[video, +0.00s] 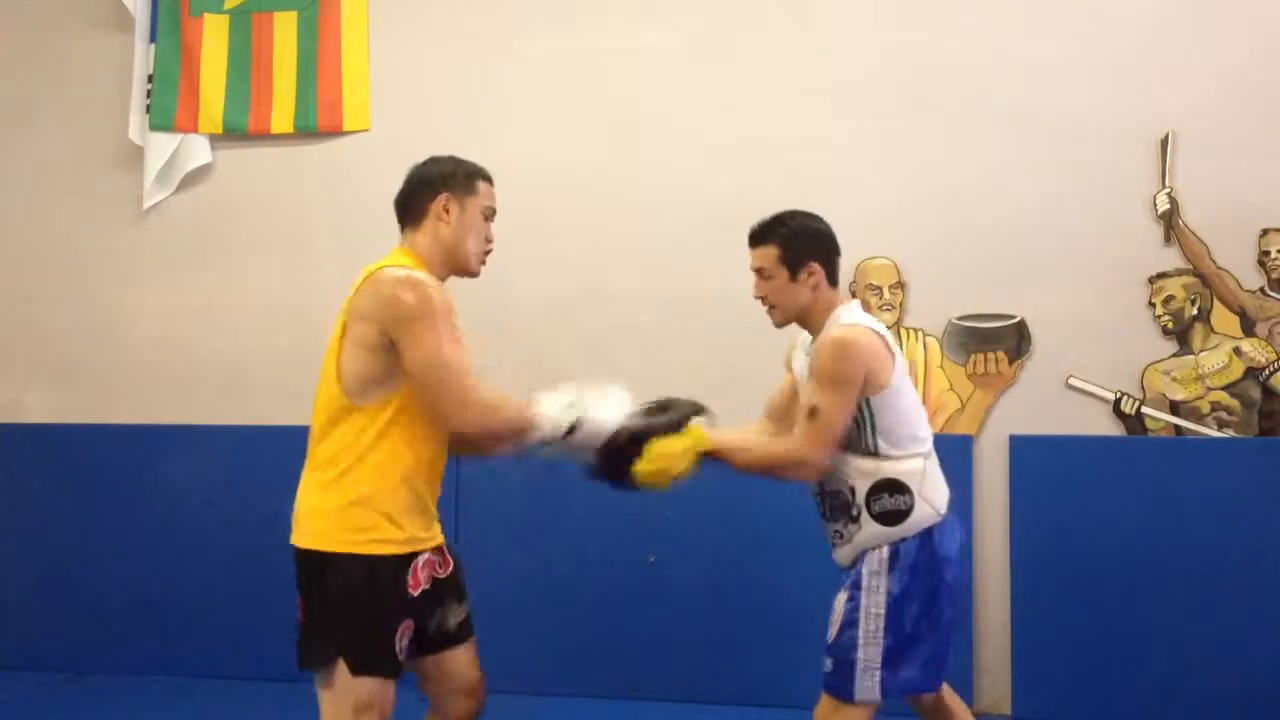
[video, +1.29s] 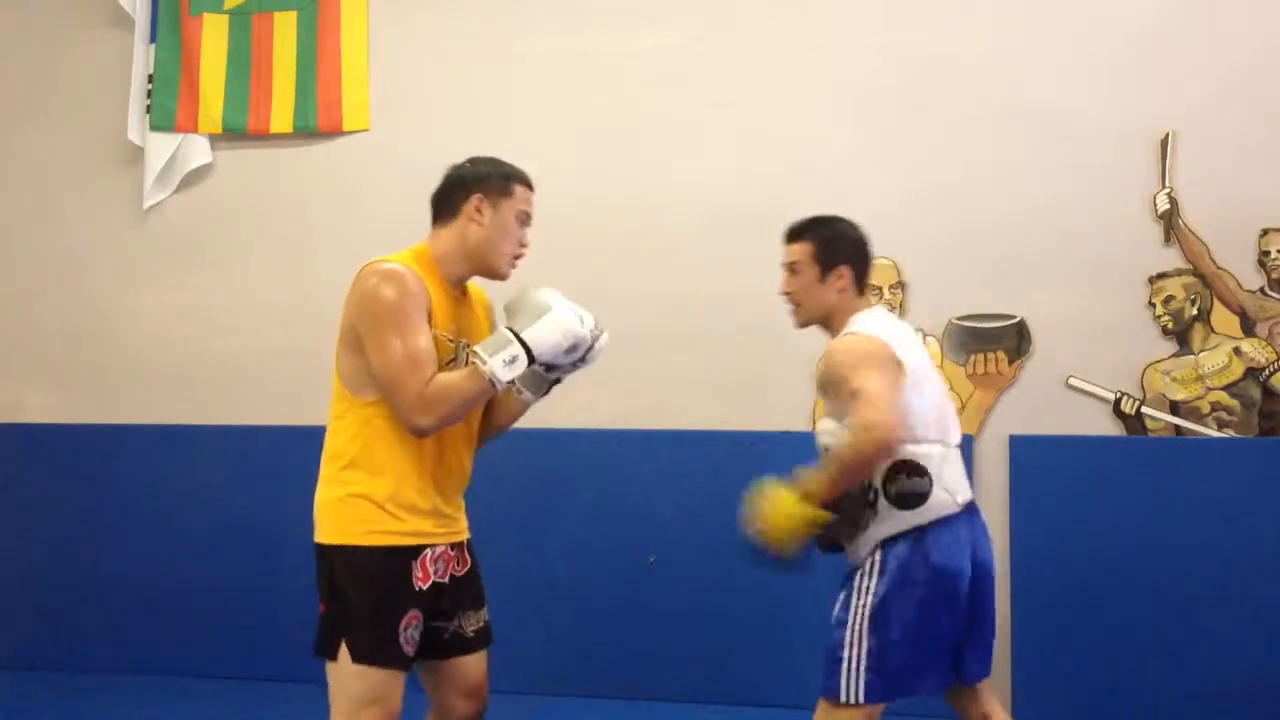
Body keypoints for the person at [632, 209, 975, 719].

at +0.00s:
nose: (756, 291)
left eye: (765, 275)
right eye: (755, 276)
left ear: (812, 277)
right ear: (809, 279)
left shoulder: (845, 343)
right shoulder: (809, 347)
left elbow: (808, 459)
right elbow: (773, 433)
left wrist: (708, 446)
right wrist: (698, 439)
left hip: (896, 543)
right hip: (897, 539)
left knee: (842, 708)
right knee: (925, 688)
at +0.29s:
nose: (728, 299)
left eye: (735, 284)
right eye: (727, 285)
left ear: (780, 283)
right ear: (779, 285)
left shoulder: (820, 339)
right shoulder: (805, 336)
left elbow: (754, 430)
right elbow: (753, 424)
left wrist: (694, 368)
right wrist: (695, 378)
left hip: (892, 544)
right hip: (915, 531)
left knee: (840, 708)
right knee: (940, 687)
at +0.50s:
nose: (755, 291)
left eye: (763, 277)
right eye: (755, 277)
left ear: (808, 280)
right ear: (810, 281)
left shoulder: (835, 337)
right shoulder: (854, 326)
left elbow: (773, 424)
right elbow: (781, 404)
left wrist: (696, 377)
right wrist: (714, 372)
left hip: (903, 543)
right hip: (934, 531)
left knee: (850, 702)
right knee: (956, 687)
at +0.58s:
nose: (774, 287)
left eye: (783, 272)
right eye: (775, 272)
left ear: (827, 275)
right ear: (831, 276)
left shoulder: (849, 334)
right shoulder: (877, 322)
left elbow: (830, 433)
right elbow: (846, 413)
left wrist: (747, 412)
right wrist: (775, 396)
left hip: (909, 540)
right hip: (948, 529)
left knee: (861, 706)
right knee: (963, 686)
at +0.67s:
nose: (796, 289)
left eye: (805, 274)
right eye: (797, 274)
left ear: (849, 278)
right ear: (852, 279)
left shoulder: (869, 343)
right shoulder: (899, 330)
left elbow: (877, 445)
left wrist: (787, 455)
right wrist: (802, 444)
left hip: (921, 542)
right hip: (958, 531)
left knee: (859, 707)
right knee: (968, 692)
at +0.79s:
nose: (824, 302)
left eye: (835, 287)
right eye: (825, 287)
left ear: (879, 291)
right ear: (877, 294)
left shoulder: (902, 355)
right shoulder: (919, 347)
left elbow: (923, 459)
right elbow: (917, 458)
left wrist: (834, 477)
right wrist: (847, 473)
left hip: (941, 556)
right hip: (974, 551)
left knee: (853, 707)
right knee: (971, 701)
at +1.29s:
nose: (783, 287)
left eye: (794, 272)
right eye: (786, 272)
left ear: (840, 279)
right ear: (843, 280)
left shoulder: (853, 347)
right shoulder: (903, 337)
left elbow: (878, 433)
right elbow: (929, 448)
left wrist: (806, 493)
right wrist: (832, 507)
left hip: (905, 551)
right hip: (961, 537)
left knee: (845, 708)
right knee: (970, 692)